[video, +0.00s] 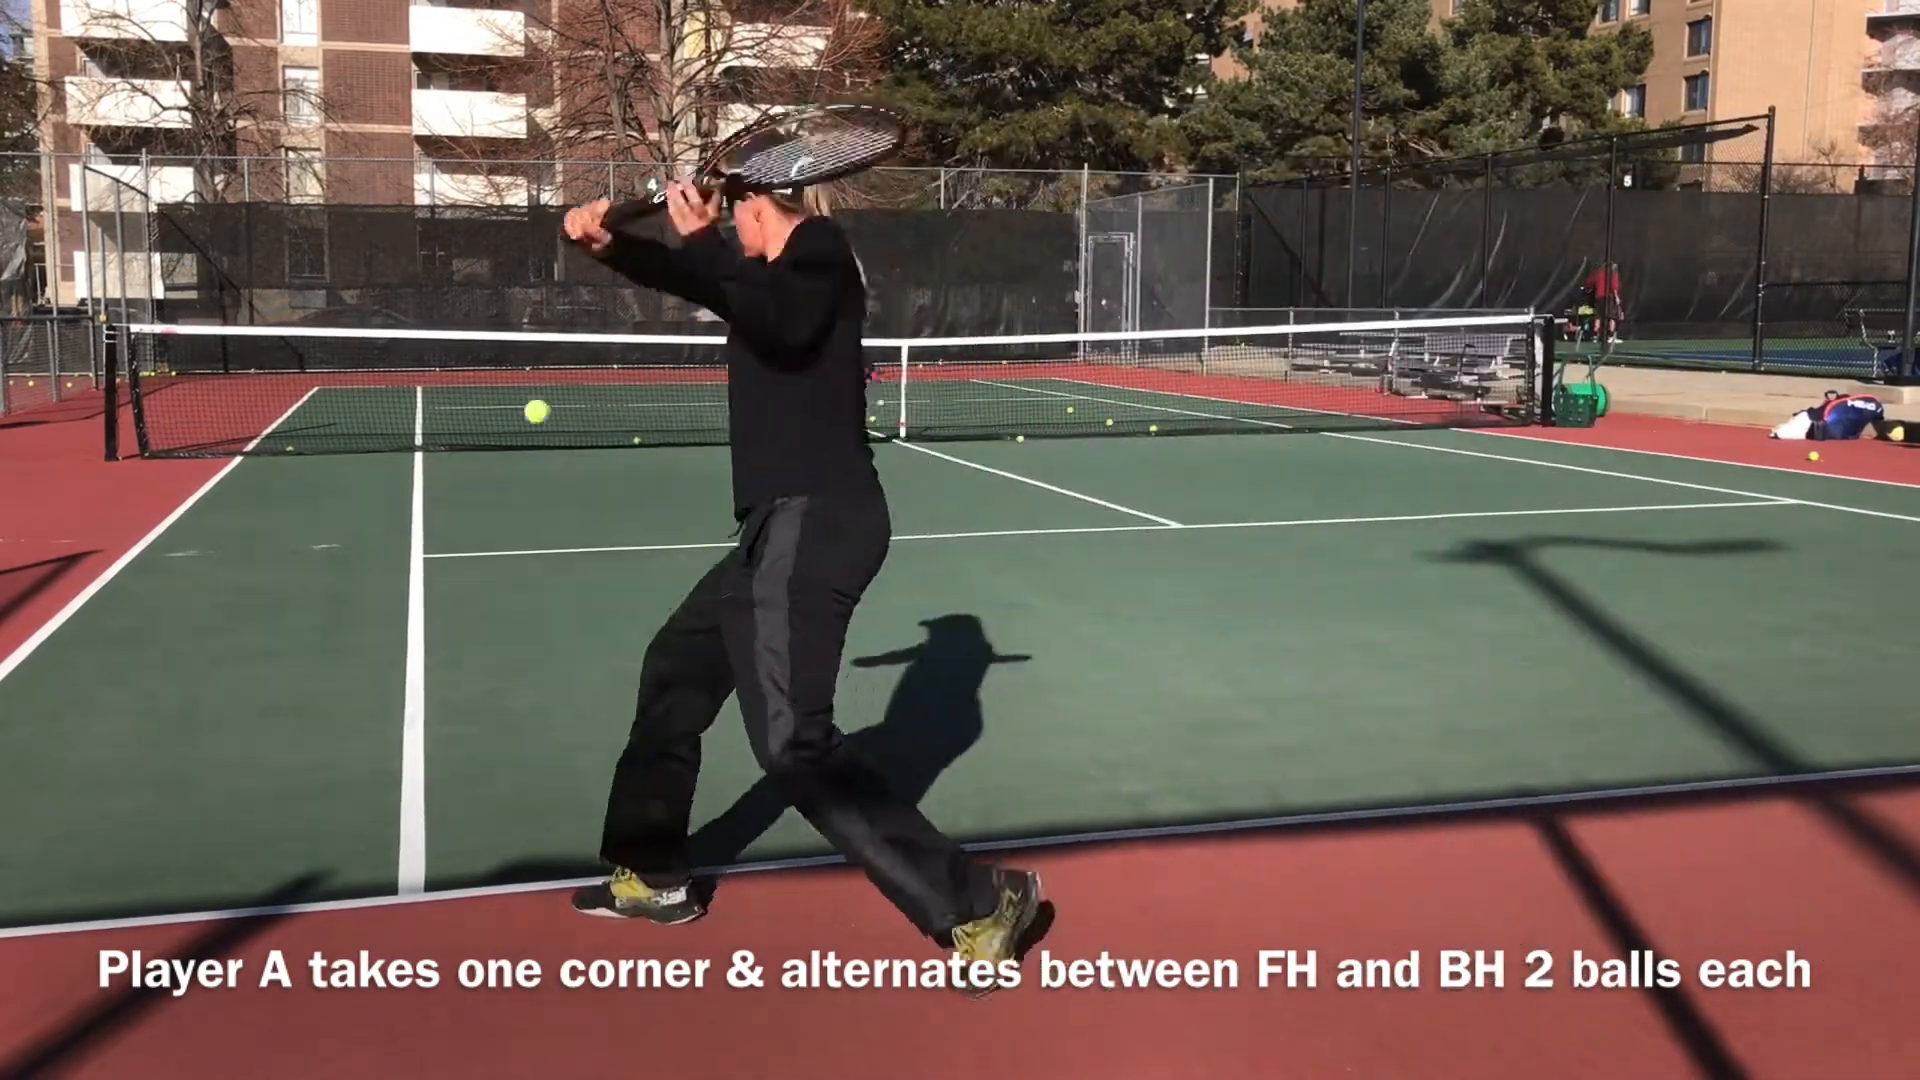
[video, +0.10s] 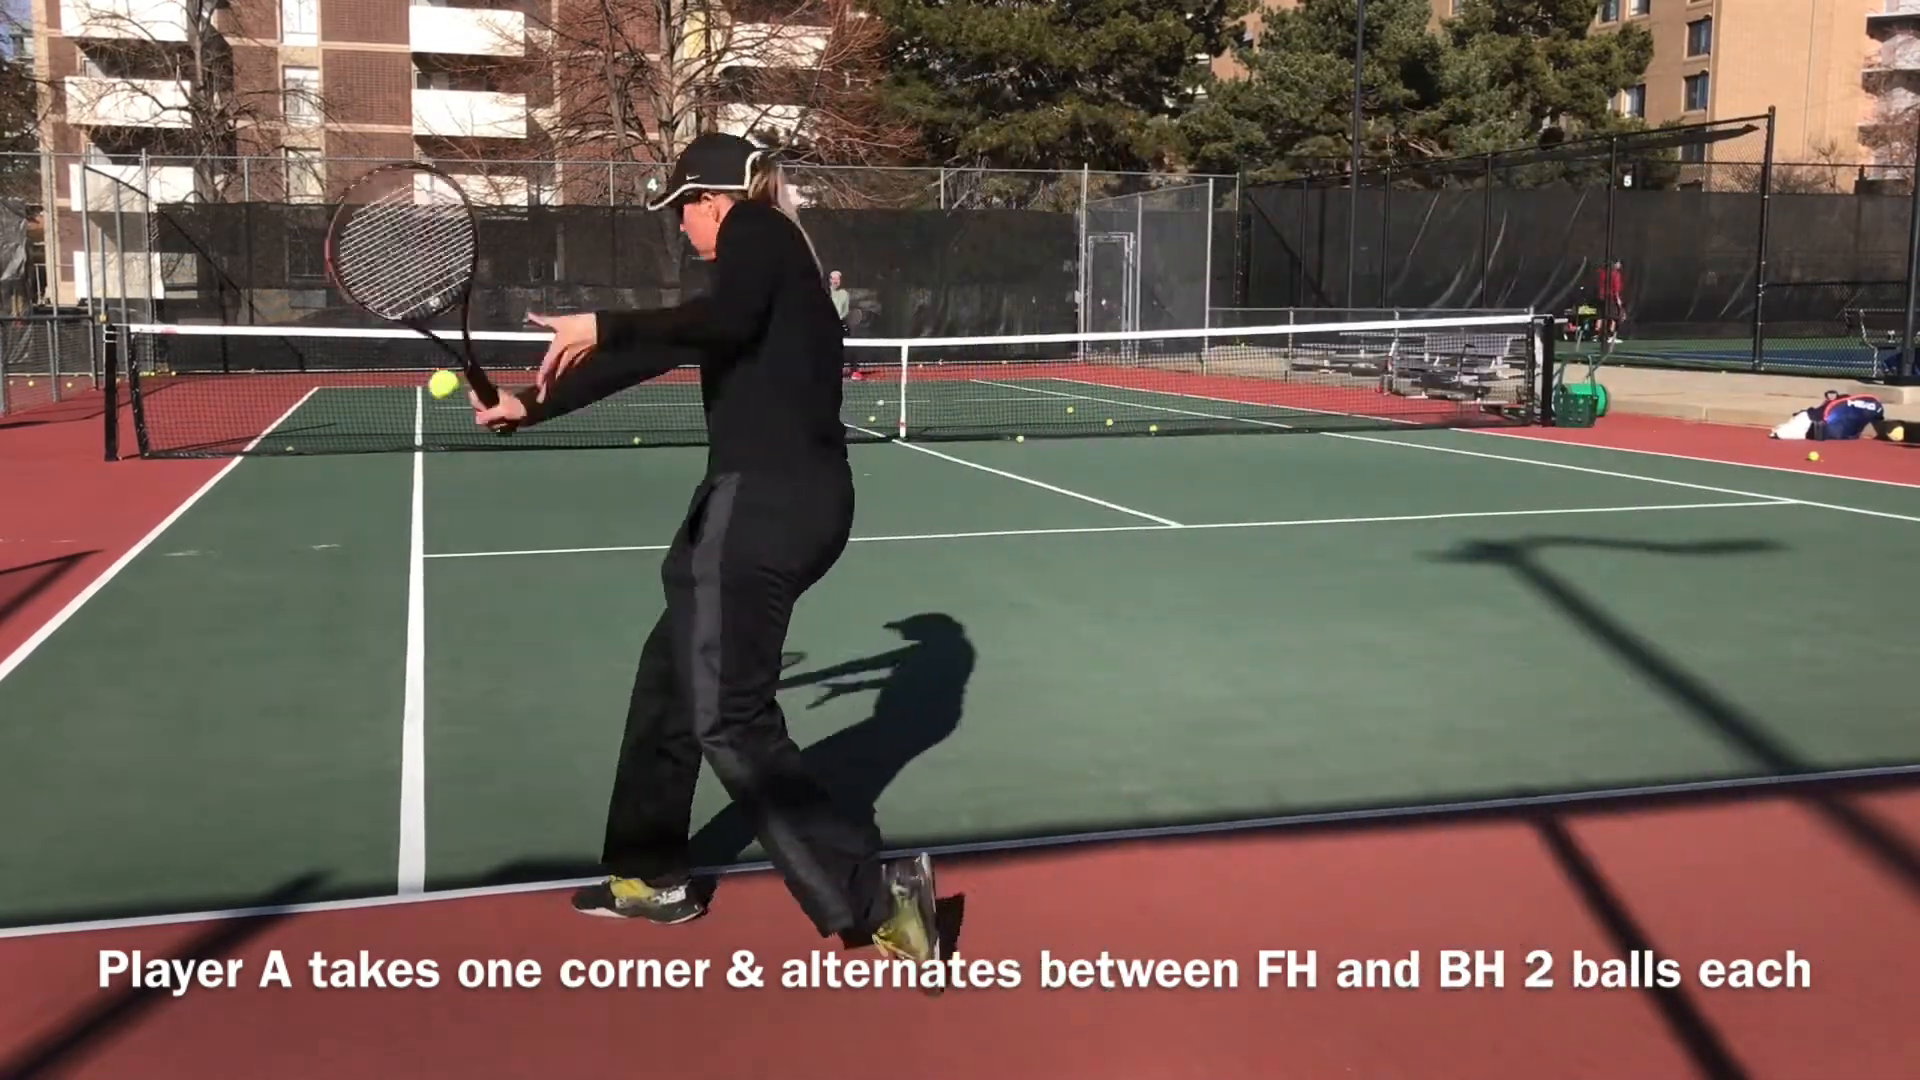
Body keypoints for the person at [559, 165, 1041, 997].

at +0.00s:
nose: (731, 228)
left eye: (732, 213)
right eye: (727, 214)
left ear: (758, 205)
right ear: (783, 199)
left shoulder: (817, 255)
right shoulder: (776, 263)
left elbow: (785, 329)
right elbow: (691, 271)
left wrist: (708, 245)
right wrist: (609, 243)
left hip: (817, 521)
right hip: (787, 522)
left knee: (794, 746)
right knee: (677, 666)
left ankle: (982, 904)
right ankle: (650, 871)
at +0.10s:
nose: (682, 229)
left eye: (686, 210)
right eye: (681, 213)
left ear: (713, 199)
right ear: (739, 194)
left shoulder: (755, 235)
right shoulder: (762, 251)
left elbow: (728, 321)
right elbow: (655, 345)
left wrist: (604, 329)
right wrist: (542, 398)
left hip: (768, 494)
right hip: (762, 491)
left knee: (727, 715)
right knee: (669, 675)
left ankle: (876, 901)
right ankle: (649, 874)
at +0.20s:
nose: (635, 196)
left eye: (639, 177)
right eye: (633, 180)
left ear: (674, 164)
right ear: (698, 163)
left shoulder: (706, 208)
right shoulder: (755, 220)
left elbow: (707, 304)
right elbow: (752, 371)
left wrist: (638, 341)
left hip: (731, 474)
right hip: (786, 474)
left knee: (705, 696)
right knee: (688, 672)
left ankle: (821, 890)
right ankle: (651, 869)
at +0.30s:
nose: (601, 169)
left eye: (604, 152)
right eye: (600, 153)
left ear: (633, 148)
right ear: (675, 142)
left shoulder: (672, 198)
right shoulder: (738, 211)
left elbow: (708, 235)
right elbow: (814, 290)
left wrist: (735, 279)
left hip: (713, 463)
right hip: (767, 463)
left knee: (683, 688)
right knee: (674, 670)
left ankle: (783, 901)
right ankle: (660, 866)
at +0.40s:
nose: (608, 157)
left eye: (612, 141)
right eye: (609, 142)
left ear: (638, 141)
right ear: (683, 132)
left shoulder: (669, 193)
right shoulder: (744, 203)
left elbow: (700, 235)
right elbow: (849, 231)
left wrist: (757, 258)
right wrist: (971, 227)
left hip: (701, 463)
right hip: (760, 464)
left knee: (655, 693)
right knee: (670, 676)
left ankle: (753, 918)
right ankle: (646, 867)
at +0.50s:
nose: (627, 151)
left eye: (626, 137)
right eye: (633, 136)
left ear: (641, 142)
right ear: (705, 132)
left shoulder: (668, 200)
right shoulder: (771, 207)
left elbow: (673, 253)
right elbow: (883, 219)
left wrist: (684, 293)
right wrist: (997, 211)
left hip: (697, 482)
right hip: (772, 481)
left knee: (646, 702)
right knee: (686, 684)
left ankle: (688, 946)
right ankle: (644, 870)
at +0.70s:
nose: (668, 174)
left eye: (668, 161)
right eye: (681, 159)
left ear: (682, 167)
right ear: (756, 161)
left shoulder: (682, 246)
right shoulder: (821, 239)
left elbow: (659, 371)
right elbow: (938, 289)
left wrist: (564, 466)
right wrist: (1018, 330)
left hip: (742, 517)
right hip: (843, 517)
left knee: (662, 733)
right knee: (736, 723)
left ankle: (655, 971)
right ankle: (692, 922)